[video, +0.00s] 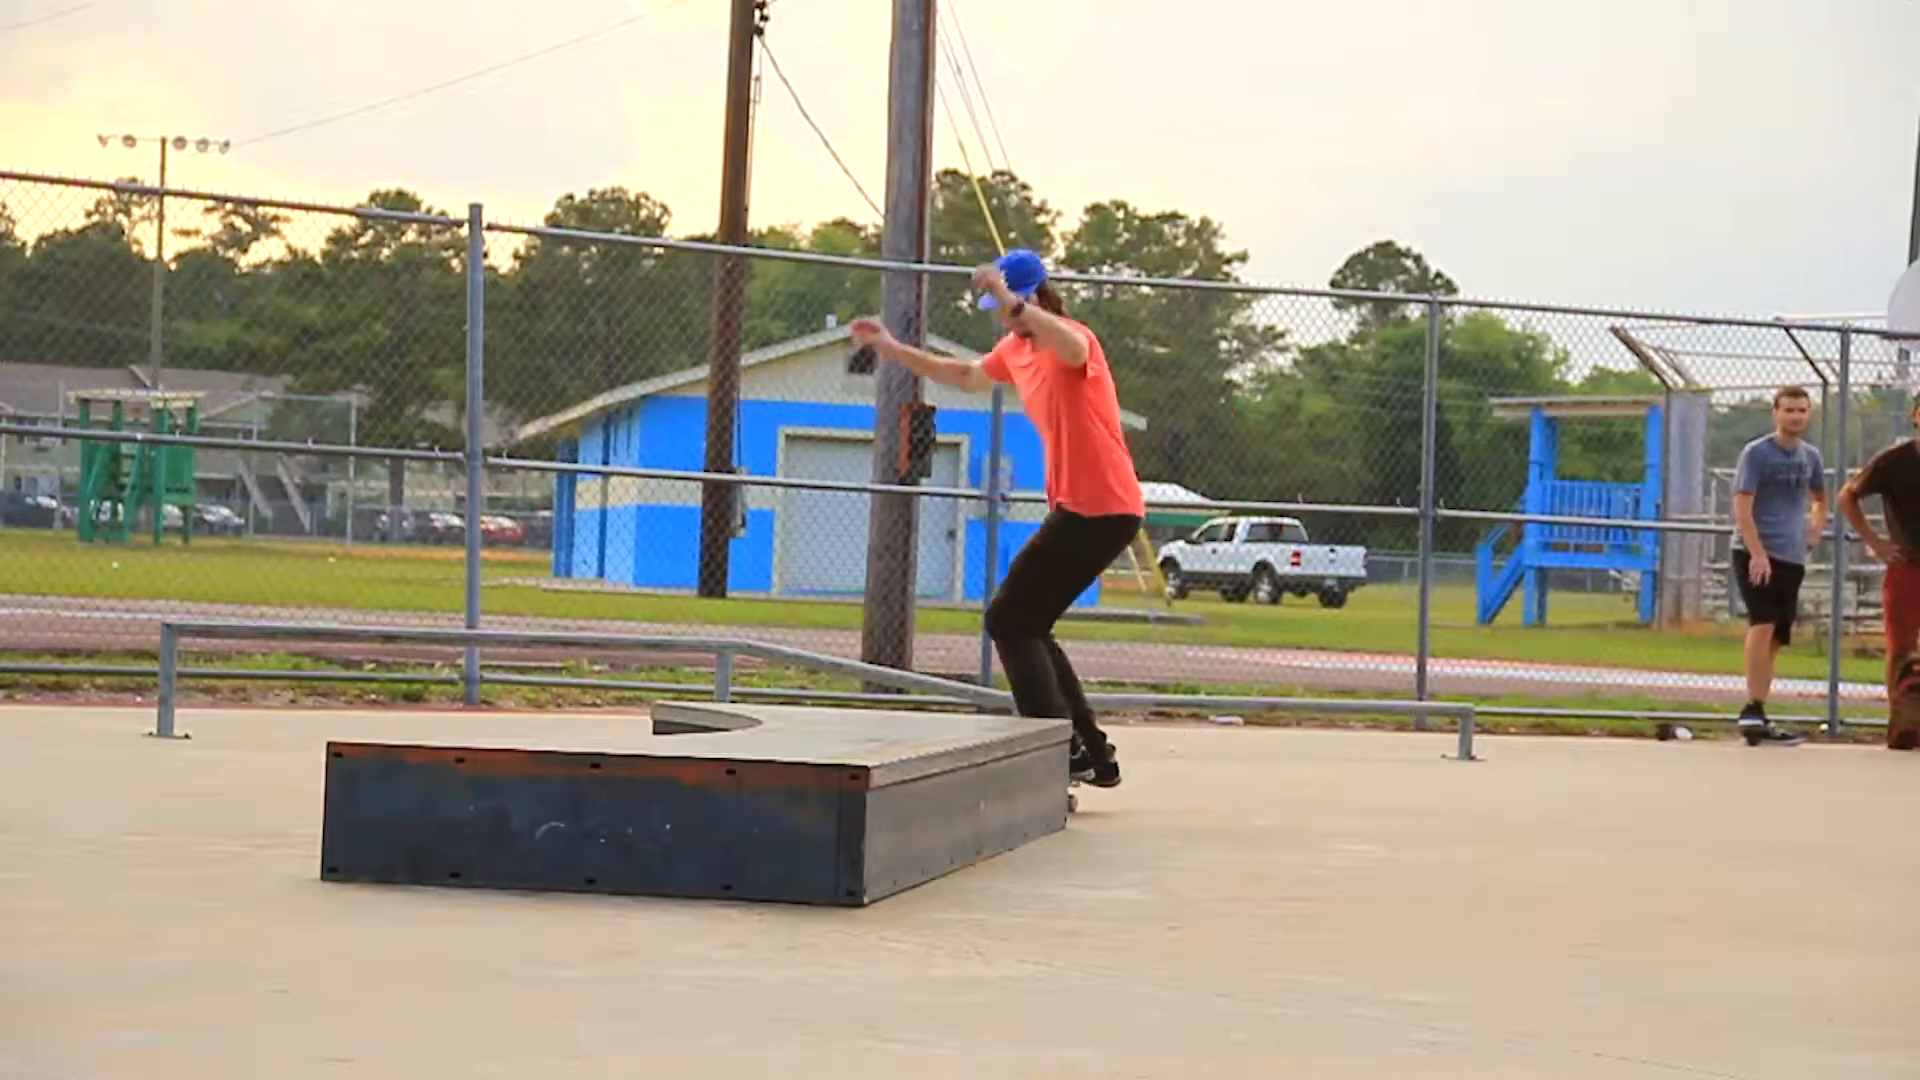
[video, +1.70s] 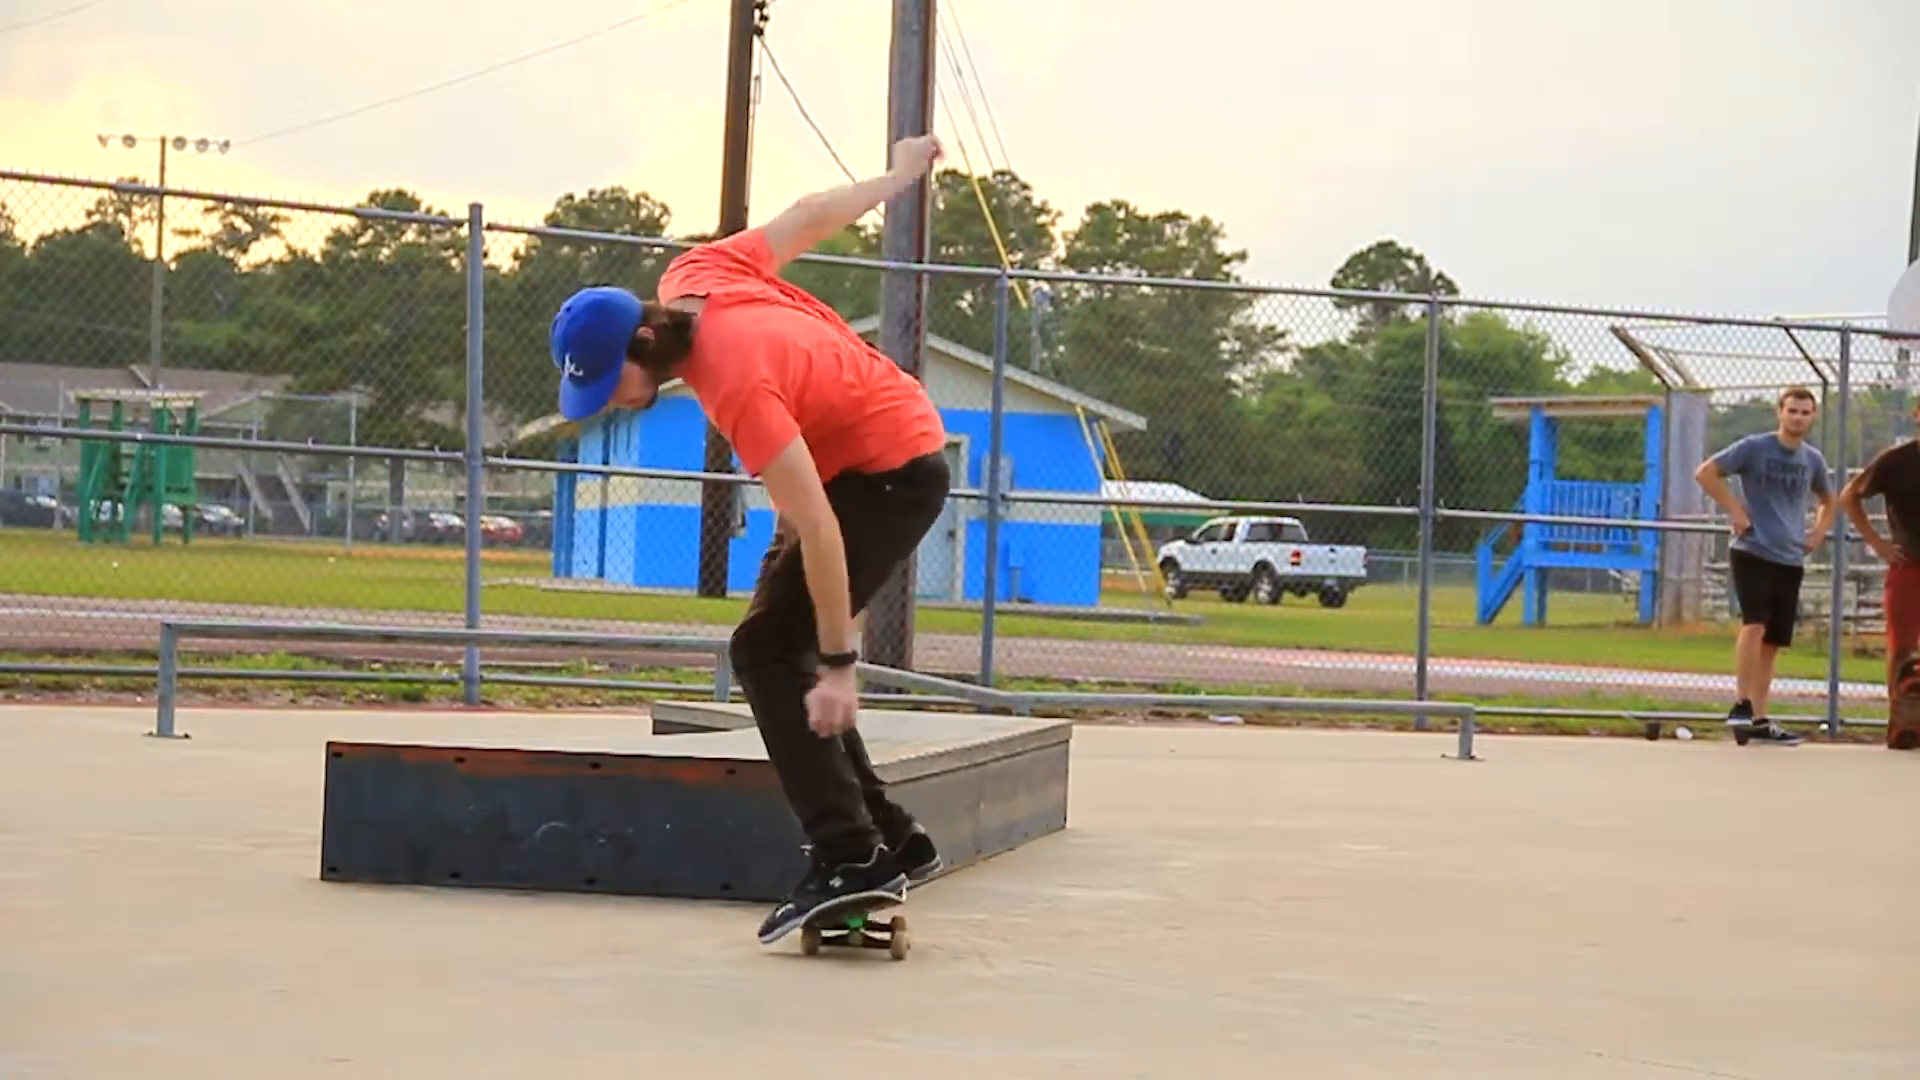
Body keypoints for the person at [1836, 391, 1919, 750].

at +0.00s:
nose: (1919, 420)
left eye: (1917, 414)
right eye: (1918, 414)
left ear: (1914, 417)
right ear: (1914, 417)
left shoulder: (1901, 457)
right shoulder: (1899, 457)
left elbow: (1847, 497)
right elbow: (1847, 496)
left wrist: (1874, 542)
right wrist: (1873, 542)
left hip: (1909, 568)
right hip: (1906, 566)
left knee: (1904, 648)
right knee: (1902, 648)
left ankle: (1905, 724)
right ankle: (1900, 724)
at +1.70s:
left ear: (1914, 416)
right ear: (1915, 416)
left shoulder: (1900, 458)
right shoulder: (1900, 459)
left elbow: (1850, 497)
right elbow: (1849, 496)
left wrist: (1878, 544)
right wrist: (1878, 544)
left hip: (1909, 568)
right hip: (1907, 567)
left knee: (1905, 650)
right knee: (1903, 649)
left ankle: (1905, 726)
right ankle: (1902, 726)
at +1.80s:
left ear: (1914, 417)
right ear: (1915, 417)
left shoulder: (1901, 458)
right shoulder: (1901, 459)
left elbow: (1850, 496)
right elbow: (1849, 496)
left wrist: (1875, 541)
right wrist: (1876, 542)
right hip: (1907, 567)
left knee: (1906, 654)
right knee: (1904, 653)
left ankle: (1905, 733)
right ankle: (1903, 733)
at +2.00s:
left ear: (1914, 417)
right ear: (1915, 417)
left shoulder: (1900, 458)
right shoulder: (1900, 458)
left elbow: (1850, 496)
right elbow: (1849, 495)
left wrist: (1877, 543)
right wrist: (1877, 543)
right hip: (1907, 569)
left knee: (1905, 657)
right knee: (1903, 656)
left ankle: (1906, 739)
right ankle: (1903, 741)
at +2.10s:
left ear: (1914, 416)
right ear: (1915, 416)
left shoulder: (1901, 457)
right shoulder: (1900, 458)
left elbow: (1850, 496)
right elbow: (1849, 495)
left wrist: (1877, 544)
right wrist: (1877, 543)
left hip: (1909, 568)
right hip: (1906, 567)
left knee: (1904, 650)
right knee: (1903, 648)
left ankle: (1905, 726)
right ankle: (1902, 726)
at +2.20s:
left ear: (1913, 415)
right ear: (1915, 415)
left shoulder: (1901, 457)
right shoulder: (1901, 458)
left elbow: (1849, 495)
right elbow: (1849, 495)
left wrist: (1875, 542)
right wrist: (1876, 542)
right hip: (1907, 567)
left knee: (1905, 653)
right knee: (1903, 652)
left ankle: (1904, 732)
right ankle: (1902, 732)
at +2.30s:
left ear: (1914, 415)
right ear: (1915, 415)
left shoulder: (1901, 457)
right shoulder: (1900, 458)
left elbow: (1849, 495)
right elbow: (1849, 495)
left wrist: (1875, 541)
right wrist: (1876, 542)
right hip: (1907, 567)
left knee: (1905, 654)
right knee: (1903, 653)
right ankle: (1901, 732)